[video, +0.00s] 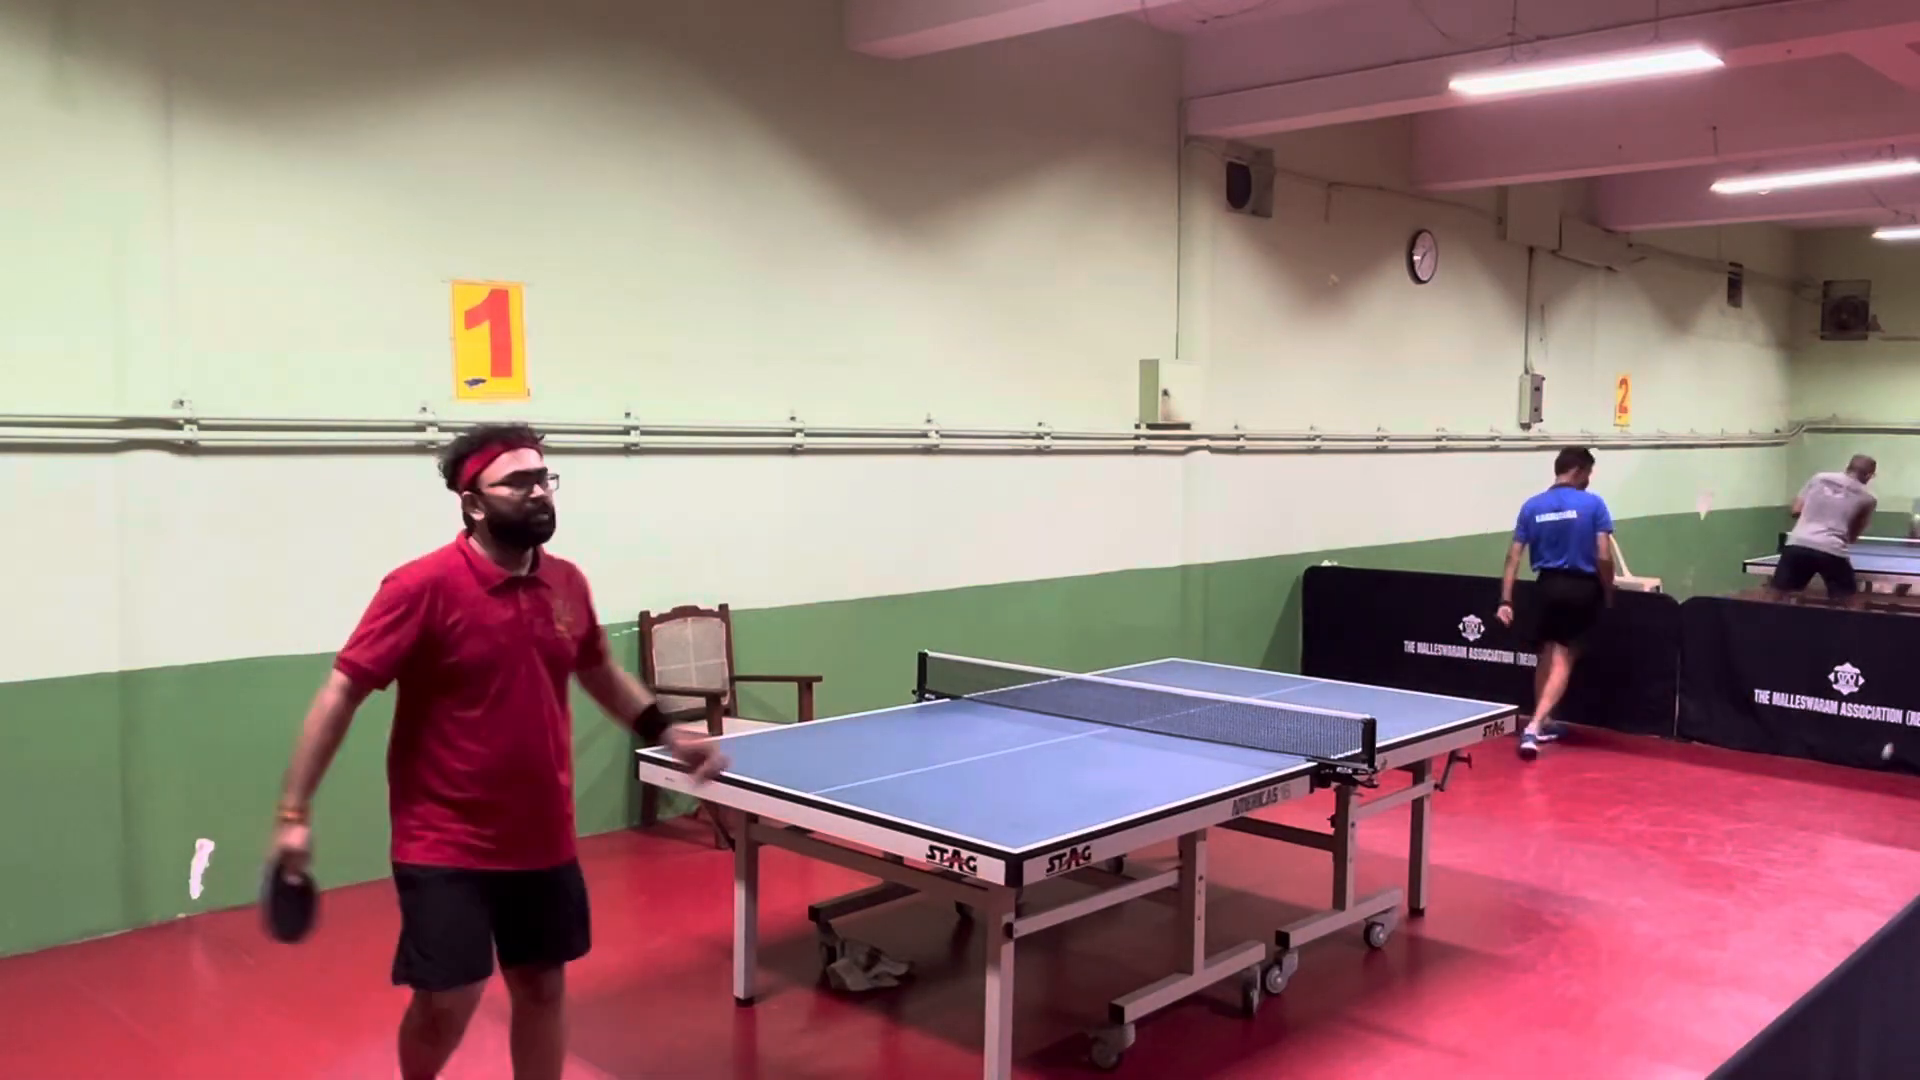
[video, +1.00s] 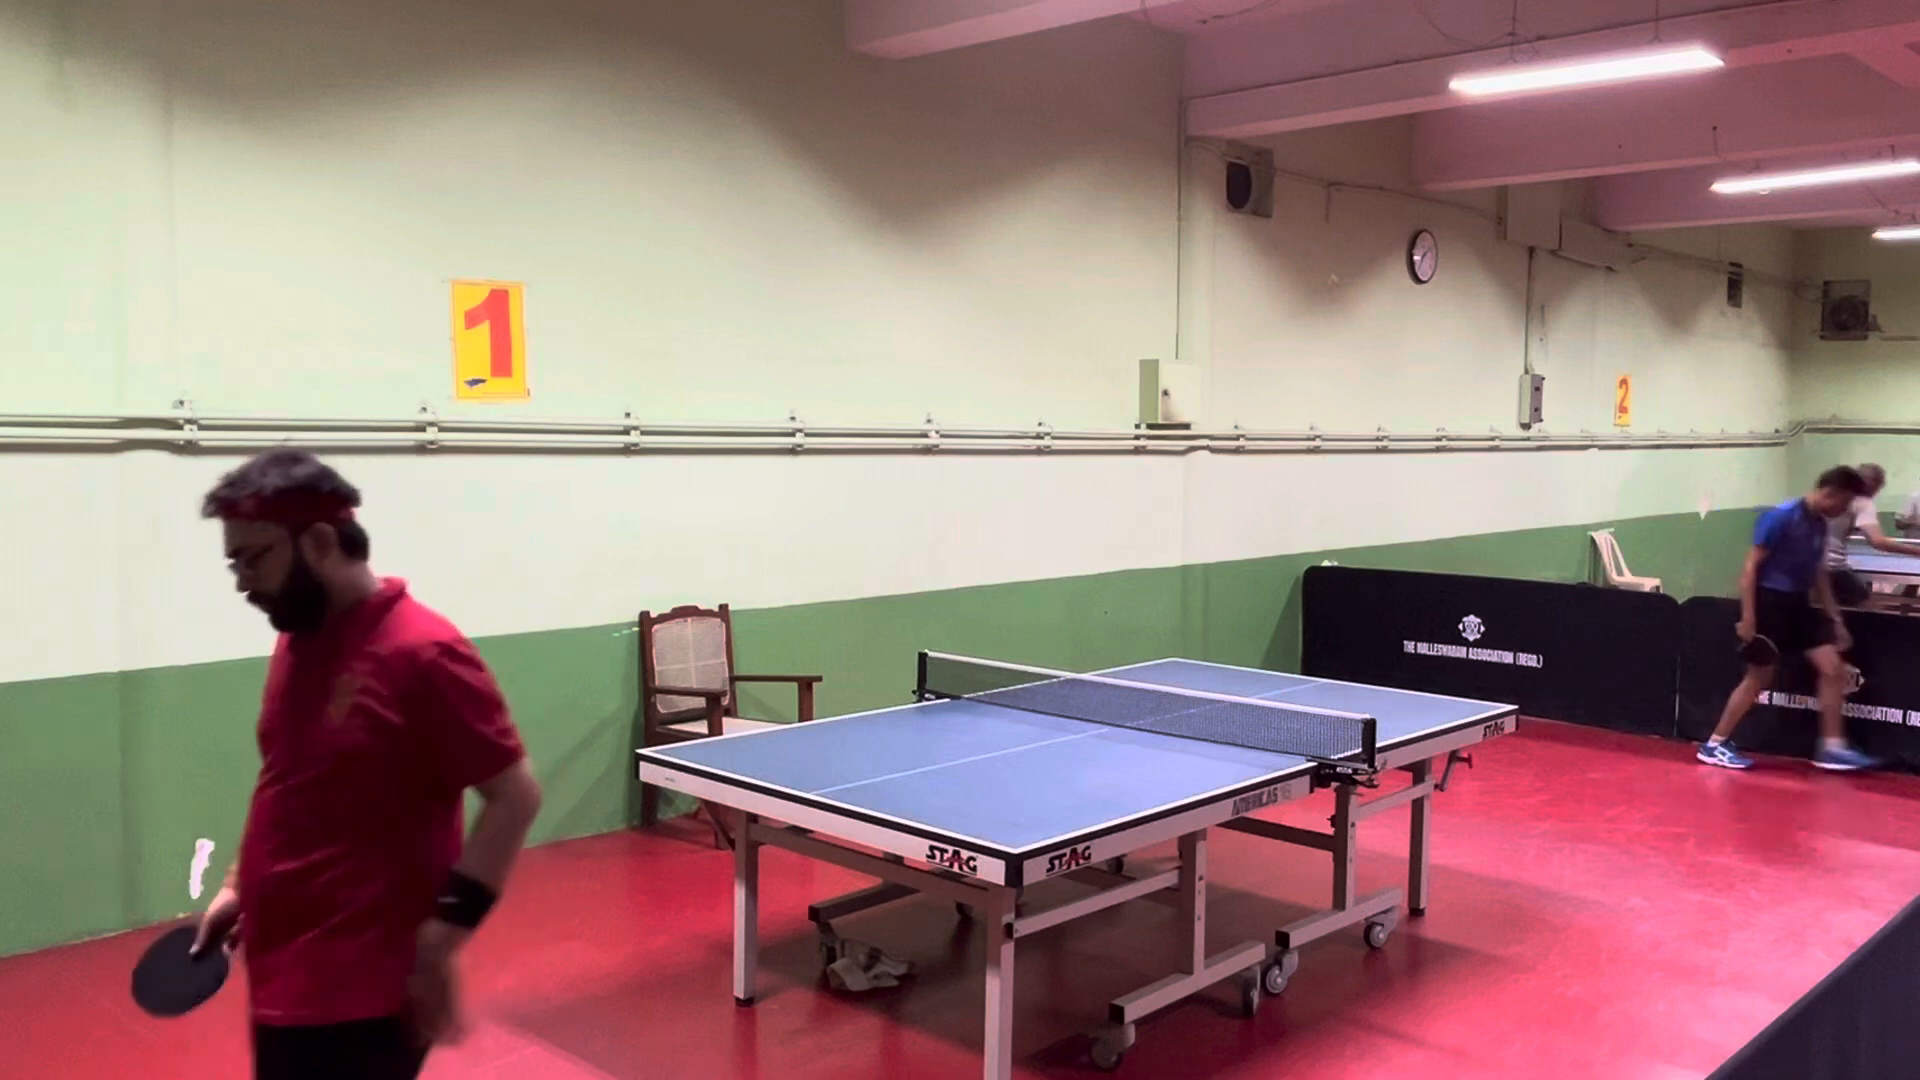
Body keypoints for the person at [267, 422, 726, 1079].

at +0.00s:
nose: (541, 490)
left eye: (545, 478)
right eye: (520, 481)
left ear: (552, 486)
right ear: (472, 503)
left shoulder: (564, 583)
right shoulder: (420, 589)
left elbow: (600, 671)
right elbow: (340, 694)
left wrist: (665, 732)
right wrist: (293, 815)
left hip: (539, 834)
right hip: (444, 839)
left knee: (542, 988)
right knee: (451, 996)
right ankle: (415, 1076)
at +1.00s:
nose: (241, 583)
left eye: (253, 558)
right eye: (236, 564)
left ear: (320, 541)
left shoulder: (424, 650)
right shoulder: (297, 646)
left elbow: (514, 794)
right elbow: (293, 792)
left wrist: (444, 935)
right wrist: (240, 890)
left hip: (367, 990)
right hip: (286, 985)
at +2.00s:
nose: (226, 514)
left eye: (224, 501)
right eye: (222, 502)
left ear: (119, 516)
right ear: (190, 517)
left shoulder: (31, 618)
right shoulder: (252, 617)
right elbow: (300, 751)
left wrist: (10, 815)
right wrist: (290, 818)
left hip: (61, 913)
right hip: (188, 922)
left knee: (79, 1021)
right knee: (168, 1067)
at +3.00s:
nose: (503, 491)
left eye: (497, 480)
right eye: (492, 484)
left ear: (433, 501)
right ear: (460, 505)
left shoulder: (370, 562)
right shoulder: (467, 595)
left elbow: (336, 659)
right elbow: (471, 721)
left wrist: (339, 751)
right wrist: (513, 825)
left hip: (379, 803)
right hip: (439, 816)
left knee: (424, 917)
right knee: (457, 958)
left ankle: (331, 1053)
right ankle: (467, 1073)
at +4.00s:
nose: (621, 514)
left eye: (617, 504)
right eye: (613, 506)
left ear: (553, 517)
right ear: (588, 518)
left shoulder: (509, 569)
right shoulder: (572, 586)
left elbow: (465, 655)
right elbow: (608, 678)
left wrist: (515, 713)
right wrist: (690, 645)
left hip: (485, 785)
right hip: (546, 793)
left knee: (514, 899)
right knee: (589, 933)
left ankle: (460, 1031)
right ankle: (611, 1069)